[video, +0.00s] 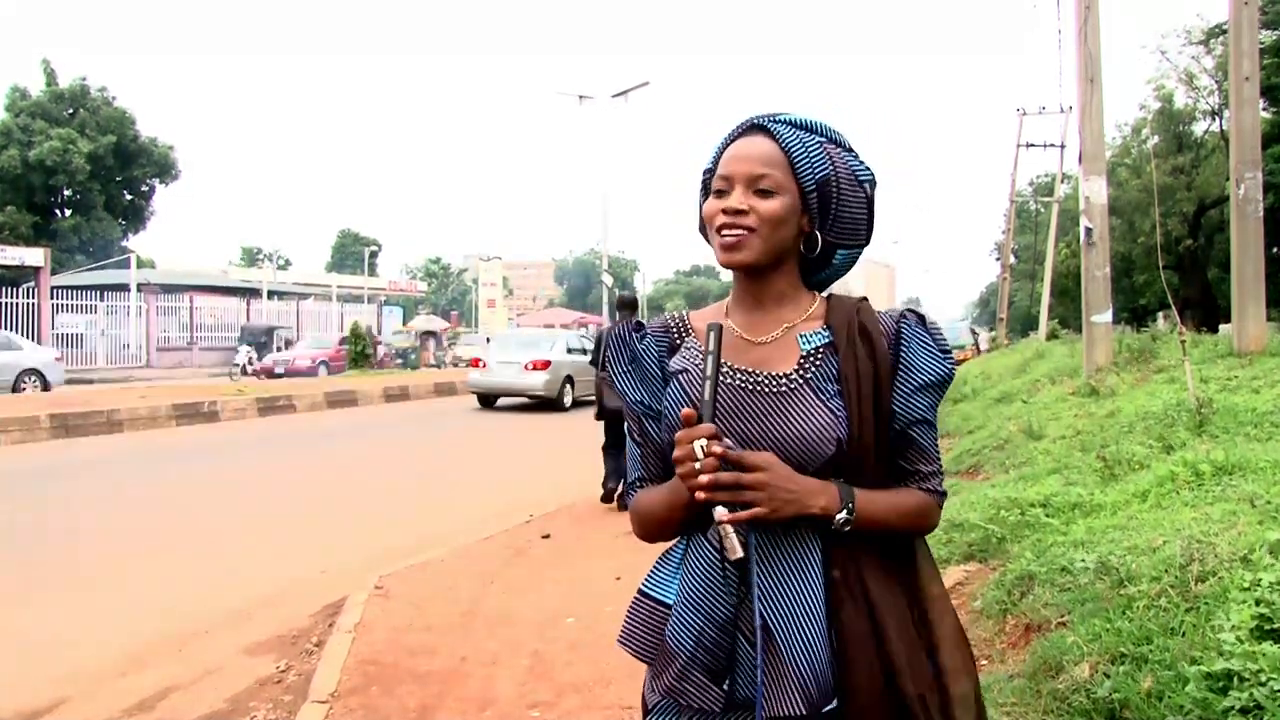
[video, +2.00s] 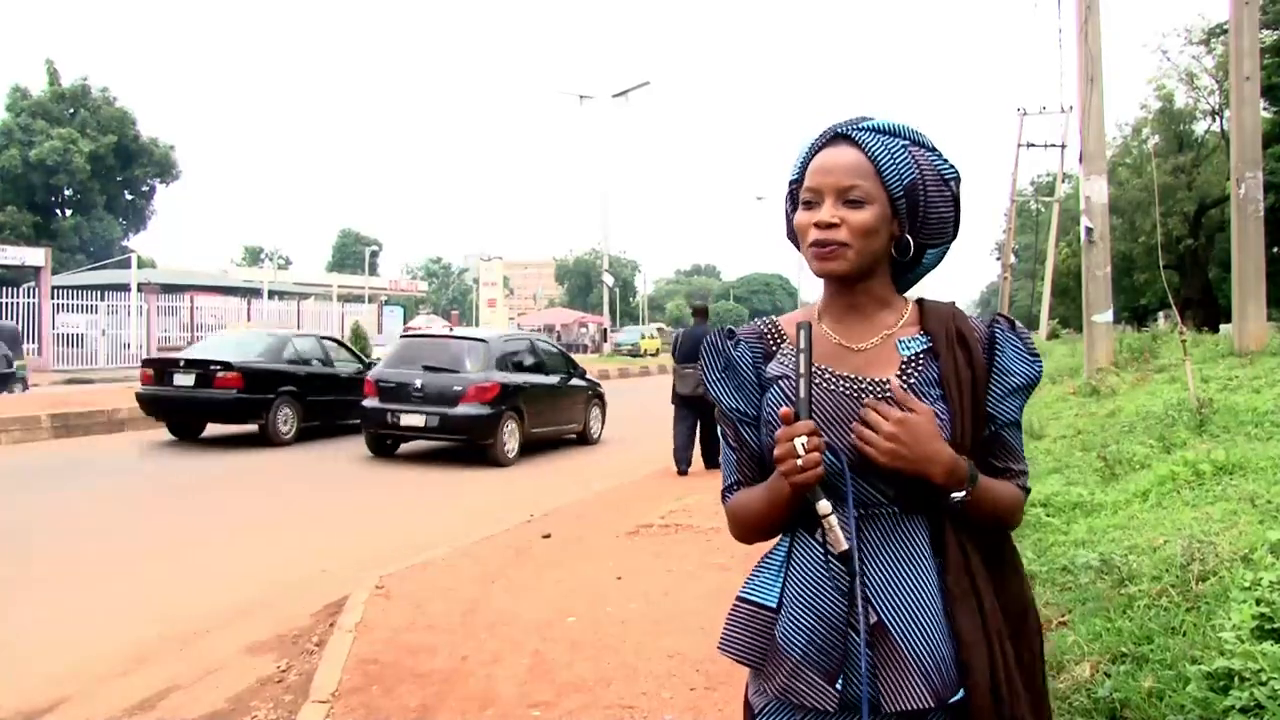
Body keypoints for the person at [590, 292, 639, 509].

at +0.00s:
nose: (625, 314)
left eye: (622, 309)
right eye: (630, 310)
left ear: (617, 309)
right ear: (637, 310)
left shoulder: (605, 334)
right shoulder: (644, 336)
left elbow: (596, 363)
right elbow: (649, 368)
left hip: (611, 400)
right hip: (637, 399)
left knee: (612, 444)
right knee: (634, 444)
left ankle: (611, 480)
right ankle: (627, 493)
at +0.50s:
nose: (638, 314)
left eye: (634, 310)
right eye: (642, 310)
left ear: (629, 311)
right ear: (647, 310)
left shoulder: (619, 334)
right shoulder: (654, 334)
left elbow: (612, 366)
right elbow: (661, 365)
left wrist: (614, 397)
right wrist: (661, 391)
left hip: (624, 401)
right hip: (649, 399)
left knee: (624, 443)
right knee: (649, 434)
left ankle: (633, 485)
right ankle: (643, 468)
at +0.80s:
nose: (655, 315)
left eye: (652, 311)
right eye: (659, 312)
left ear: (646, 313)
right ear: (663, 313)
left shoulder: (633, 334)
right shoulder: (668, 334)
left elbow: (625, 360)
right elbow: (674, 362)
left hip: (635, 392)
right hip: (661, 392)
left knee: (633, 438)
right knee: (663, 436)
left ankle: (633, 483)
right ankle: (666, 474)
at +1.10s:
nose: (669, 314)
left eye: (666, 311)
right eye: (672, 310)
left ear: (660, 311)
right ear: (677, 311)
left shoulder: (650, 332)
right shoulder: (685, 332)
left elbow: (641, 356)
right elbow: (692, 359)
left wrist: (647, 380)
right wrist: (693, 382)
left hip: (654, 388)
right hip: (679, 387)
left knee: (654, 427)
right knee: (675, 432)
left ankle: (649, 459)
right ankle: (668, 474)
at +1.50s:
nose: (682, 318)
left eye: (678, 315)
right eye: (684, 314)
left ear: (672, 316)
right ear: (688, 315)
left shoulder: (663, 337)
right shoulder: (697, 334)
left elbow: (658, 368)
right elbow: (705, 361)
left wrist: (657, 395)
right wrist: (710, 384)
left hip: (671, 385)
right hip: (693, 383)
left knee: (676, 425)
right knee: (687, 426)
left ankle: (676, 458)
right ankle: (678, 463)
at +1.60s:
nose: (687, 316)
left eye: (683, 313)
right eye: (688, 313)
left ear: (676, 313)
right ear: (691, 313)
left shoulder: (665, 334)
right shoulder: (699, 332)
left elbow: (661, 364)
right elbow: (707, 359)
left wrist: (663, 389)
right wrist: (713, 384)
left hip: (673, 384)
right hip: (696, 383)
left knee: (677, 423)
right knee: (698, 423)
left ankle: (685, 461)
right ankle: (684, 449)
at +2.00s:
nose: (699, 319)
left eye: (696, 316)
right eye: (702, 315)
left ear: (692, 316)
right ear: (707, 316)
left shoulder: (681, 335)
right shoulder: (714, 337)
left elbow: (675, 357)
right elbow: (719, 362)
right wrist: (717, 382)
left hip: (684, 386)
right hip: (707, 386)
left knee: (683, 424)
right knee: (709, 425)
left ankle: (682, 464)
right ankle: (712, 460)